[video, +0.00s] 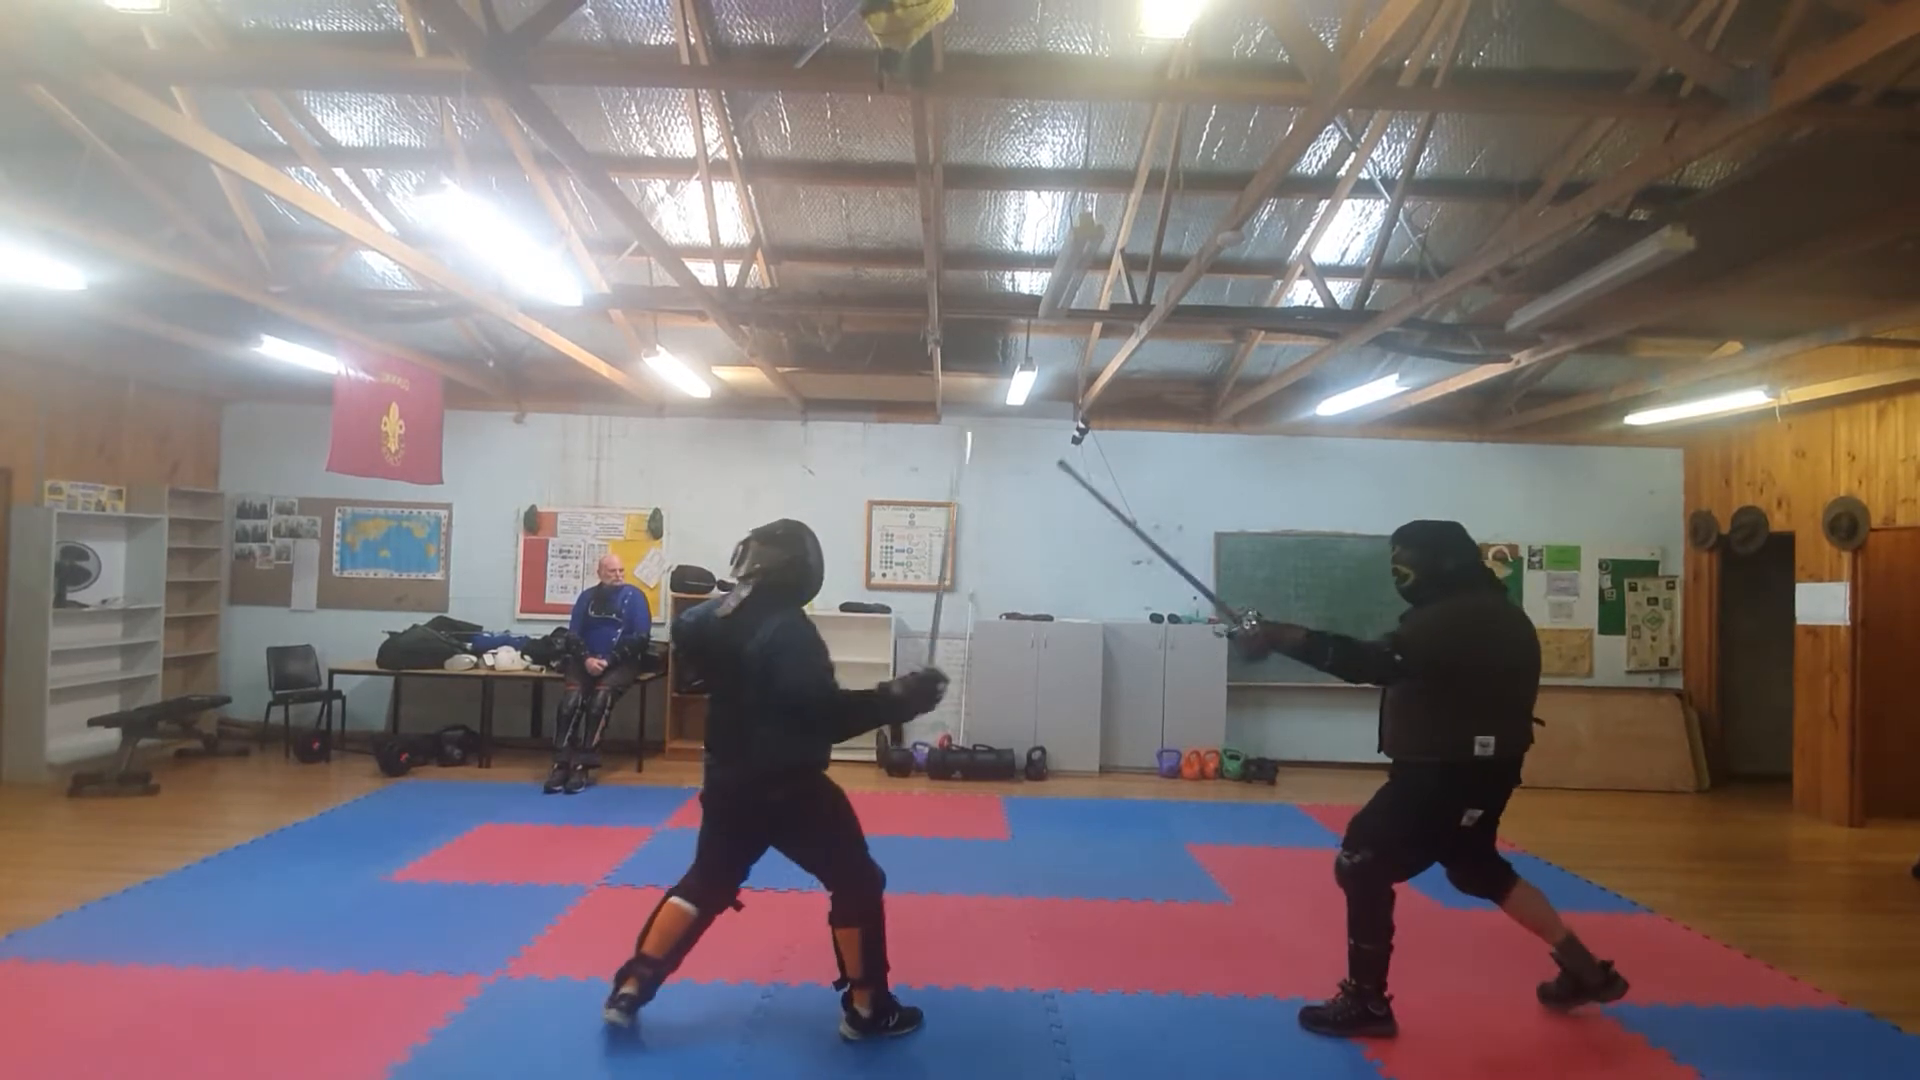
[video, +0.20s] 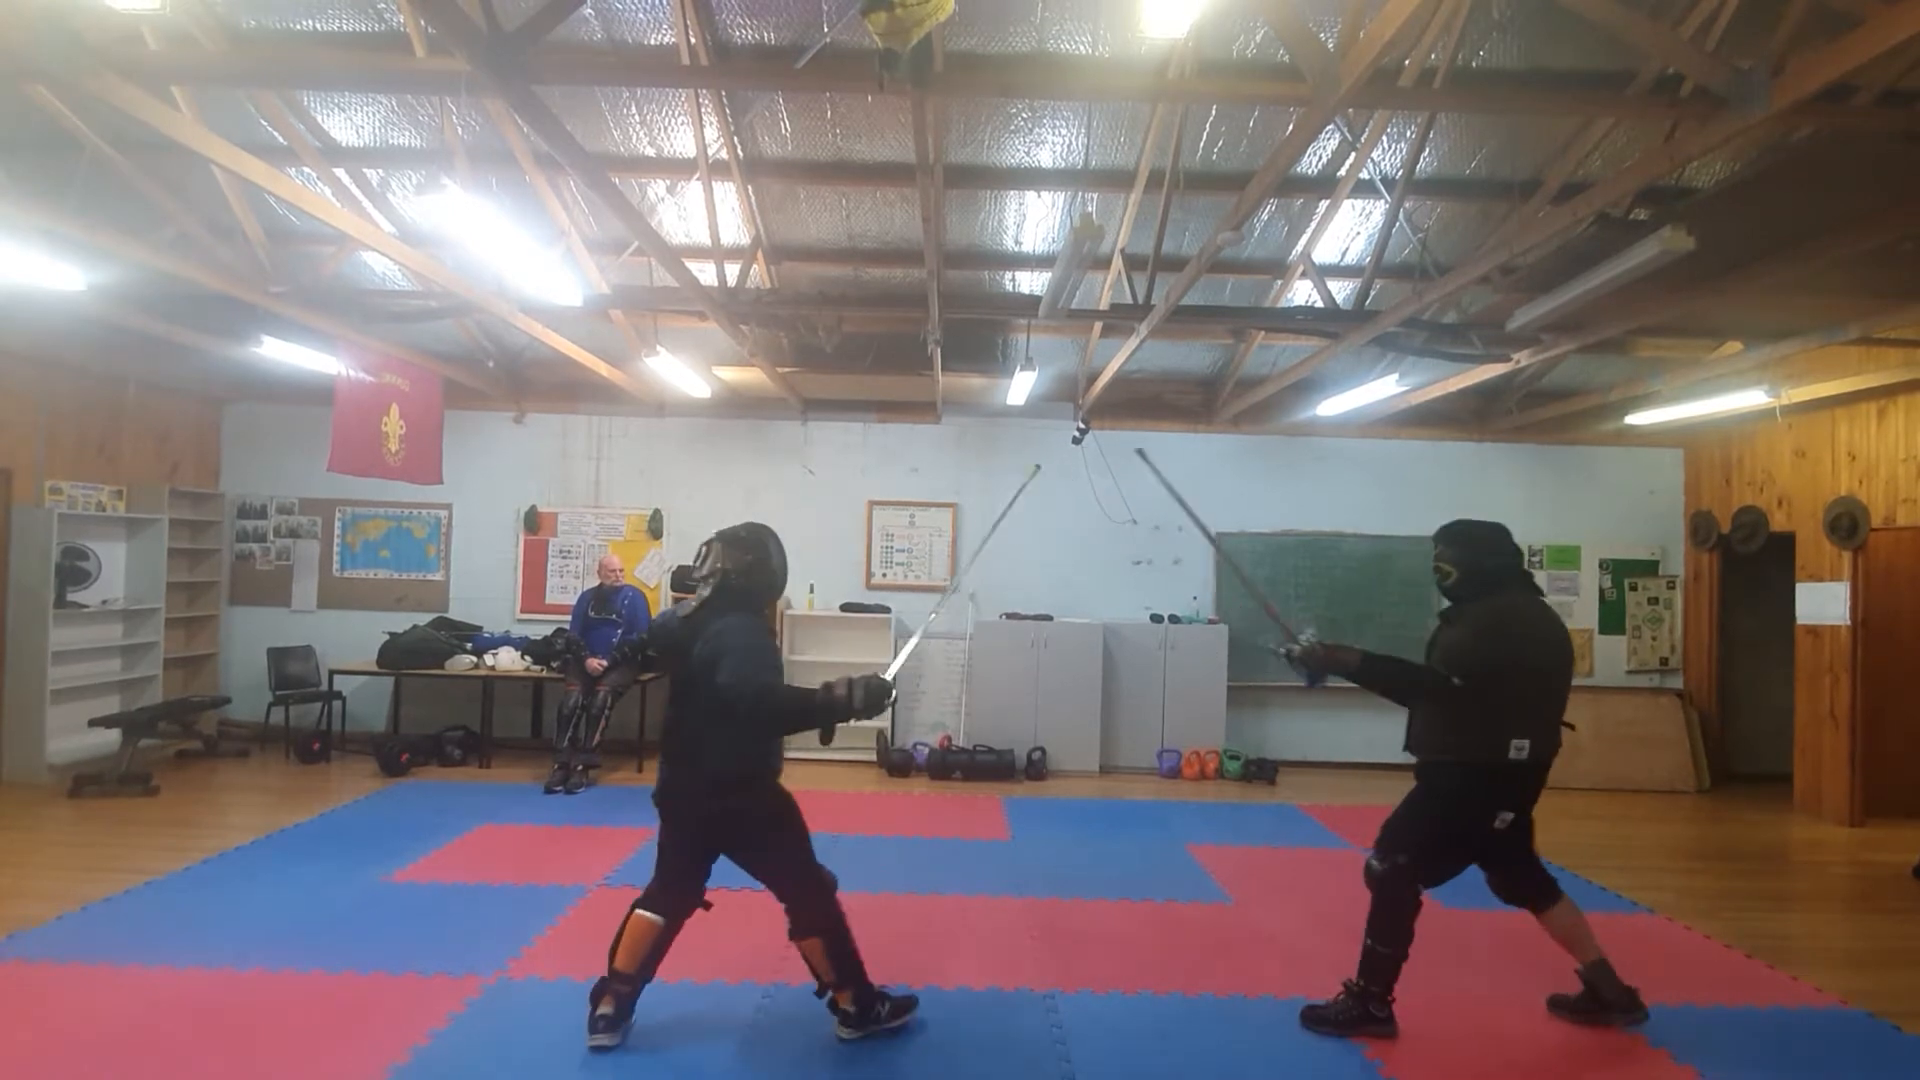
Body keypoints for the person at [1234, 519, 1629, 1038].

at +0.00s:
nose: (1399, 580)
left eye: (1404, 568)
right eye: (1396, 570)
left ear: (1437, 564)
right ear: (1459, 562)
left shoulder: (1446, 619)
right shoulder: (1503, 614)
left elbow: (1380, 663)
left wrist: (1289, 640)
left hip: (1438, 771)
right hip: (1489, 771)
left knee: (1363, 862)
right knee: (1475, 867)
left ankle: (1366, 998)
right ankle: (1586, 968)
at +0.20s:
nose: (1438, 578)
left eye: (1445, 567)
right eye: (1436, 567)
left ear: (1479, 565)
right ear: (1497, 565)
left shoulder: (1484, 621)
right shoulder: (1539, 619)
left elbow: (1439, 691)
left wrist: (1346, 661)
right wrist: (1352, 670)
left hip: (1467, 777)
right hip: (1511, 778)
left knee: (1393, 867)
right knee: (1520, 876)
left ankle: (1371, 998)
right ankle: (1608, 987)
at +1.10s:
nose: (1496, 571)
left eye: (1506, 560)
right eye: (1494, 560)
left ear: (1543, 560)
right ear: (1548, 562)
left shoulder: (1569, 618)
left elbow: (1511, 696)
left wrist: (1413, 672)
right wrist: (1409, 672)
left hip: (1525, 774)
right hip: (1556, 774)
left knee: (1450, 860)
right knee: (1567, 880)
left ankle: (1436, 999)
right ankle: (1621, 1000)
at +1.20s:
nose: (1482, 572)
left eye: (1491, 561)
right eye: (1480, 562)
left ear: (1528, 561)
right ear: (1534, 563)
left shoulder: (1553, 618)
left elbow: (1483, 690)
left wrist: (1380, 663)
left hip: (1509, 774)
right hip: (1543, 774)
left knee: (1436, 867)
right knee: (1559, 883)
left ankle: (1404, 998)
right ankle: (1621, 1000)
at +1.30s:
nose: (1466, 578)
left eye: (1475, 567)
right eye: (1464, 567)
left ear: (1513, 565)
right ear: (1522, 567)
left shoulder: (1521, 626)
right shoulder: (1567, 623)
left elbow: (1458, 690)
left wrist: (1358, 661)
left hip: (1484, 775)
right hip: (1526, 778)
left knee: (1415, 870)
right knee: (1528, 879)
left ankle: (1393, 998)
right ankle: (1612, 994)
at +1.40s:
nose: (1456, 575)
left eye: (1465, 564)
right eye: (1453, 565)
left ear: (1502, 561)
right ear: (1510, 564)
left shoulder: (1510, 623)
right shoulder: (1555, 620)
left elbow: (1452, 694)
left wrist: (1355, 663)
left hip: (1473, 769)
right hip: (1511, 772)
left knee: (1405, 865)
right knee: (1473, 866)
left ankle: (1393, 999)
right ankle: (1583, 971)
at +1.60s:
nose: (1456, 568)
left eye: (1465, 558)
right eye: (1453, 557)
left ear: (1502, 557)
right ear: (1510, 560)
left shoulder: (1505, 618)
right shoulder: (1553, 616)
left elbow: (1460, 692)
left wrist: (1365, 665)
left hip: (1470, 769)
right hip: (1504, 771)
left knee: (1412, 870)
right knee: (1483, 874)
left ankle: (1393, 998)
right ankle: (1552, 997)